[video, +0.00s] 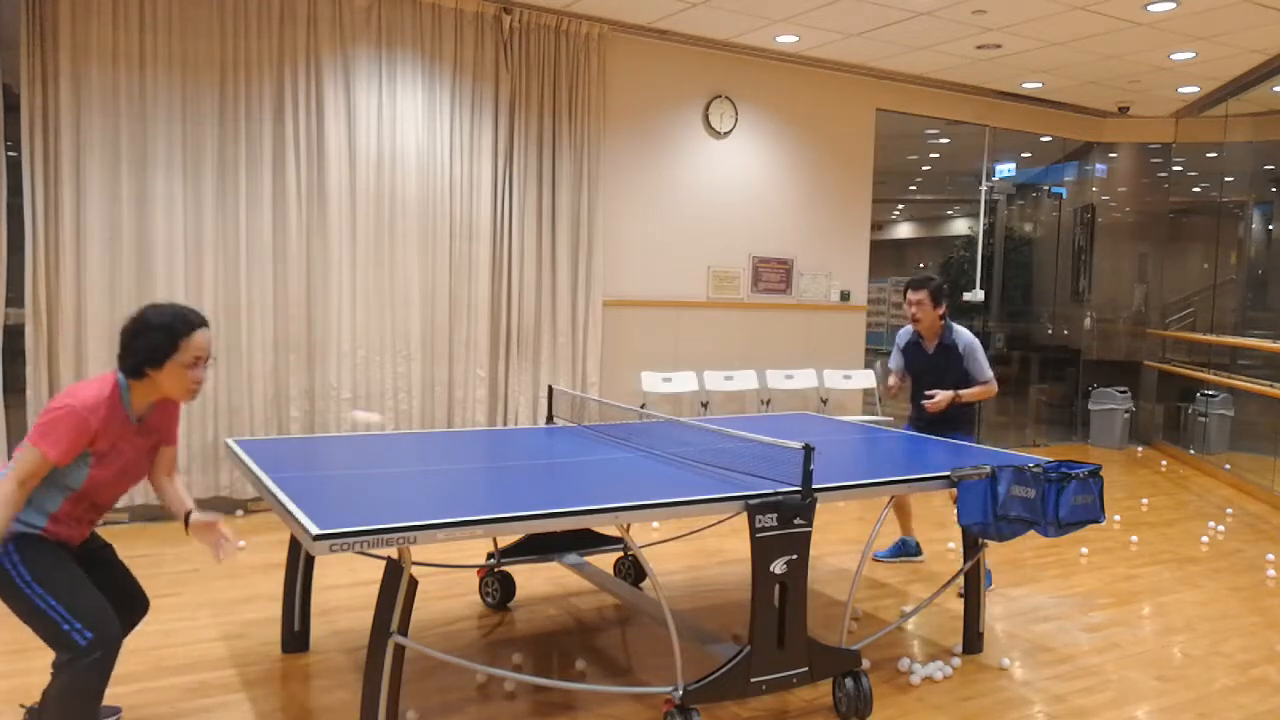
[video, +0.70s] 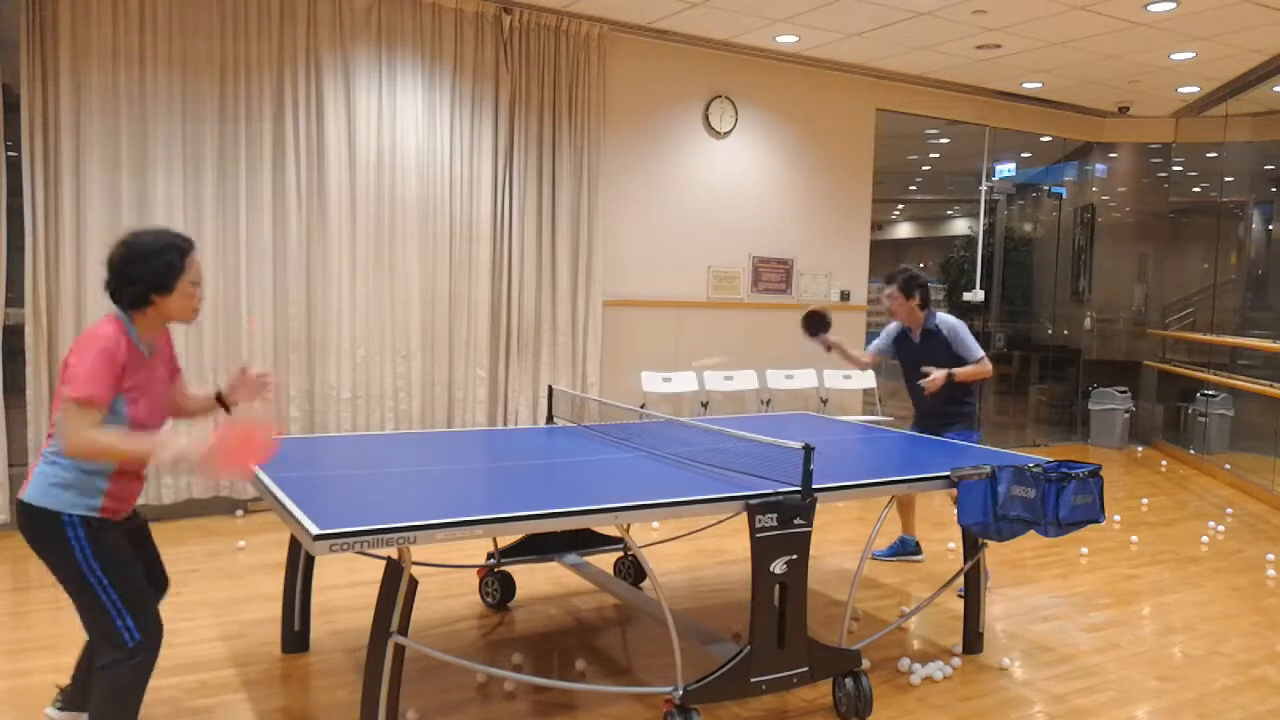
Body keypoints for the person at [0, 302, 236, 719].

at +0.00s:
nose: (203, 375)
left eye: (206, 363)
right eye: (195, 364)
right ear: (153, 363)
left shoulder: (164, 405)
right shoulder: (84, 408)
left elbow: (165, 476)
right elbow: (16, 481)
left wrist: (191, 516)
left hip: (70, 535)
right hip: (19, 536)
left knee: (129, 605)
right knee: (96, 636)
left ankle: (62, 704)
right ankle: (63, 713)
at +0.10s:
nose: (197, 345)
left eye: (200, 333)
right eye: (189, 333)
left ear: (155, 337)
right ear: (148, 334)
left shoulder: (157, 379)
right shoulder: (95, 375)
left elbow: (160, 449)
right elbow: (70, 470)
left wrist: (208, 475)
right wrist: (85, 522)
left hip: (65, 511)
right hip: (19, 518)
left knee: (126, 598)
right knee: (96, 635)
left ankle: (61, 703)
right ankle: (62, 714)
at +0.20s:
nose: (191, 303)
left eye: (193, 291)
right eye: (183, 291)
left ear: (154, 293)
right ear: (143, 291)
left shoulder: (140, 334)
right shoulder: (98, 329)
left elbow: (157, 397)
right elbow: (132, 399)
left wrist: (214, 396)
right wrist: (217, 351)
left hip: (81, 499)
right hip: (38, 499)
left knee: (114, 591)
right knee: (87, 630)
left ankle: (70, 701)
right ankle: (54, 714)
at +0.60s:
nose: (188, 273)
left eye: (185, 261)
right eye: (178, 263)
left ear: (147, 276)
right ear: (143, 275)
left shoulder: (137, 326)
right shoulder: (108, 322)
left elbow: (160, 394)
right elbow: (139, 407)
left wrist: (230, 366)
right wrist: (216, 370)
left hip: (102, 501)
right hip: (74, 503)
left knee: (113, 613)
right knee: (135, 636)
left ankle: (65, 705)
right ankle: (103, 715)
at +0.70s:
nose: (201, 293)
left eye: (199, 282)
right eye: (192, 284)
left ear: (163, 293)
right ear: (155, 292)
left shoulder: (159, 339)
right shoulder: (105, 341)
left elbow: (173, 403)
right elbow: (75, 438)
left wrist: (224, 399)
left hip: (112, 503)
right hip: (63, 508)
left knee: (149, 586)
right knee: (134, 635)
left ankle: (75, 703)